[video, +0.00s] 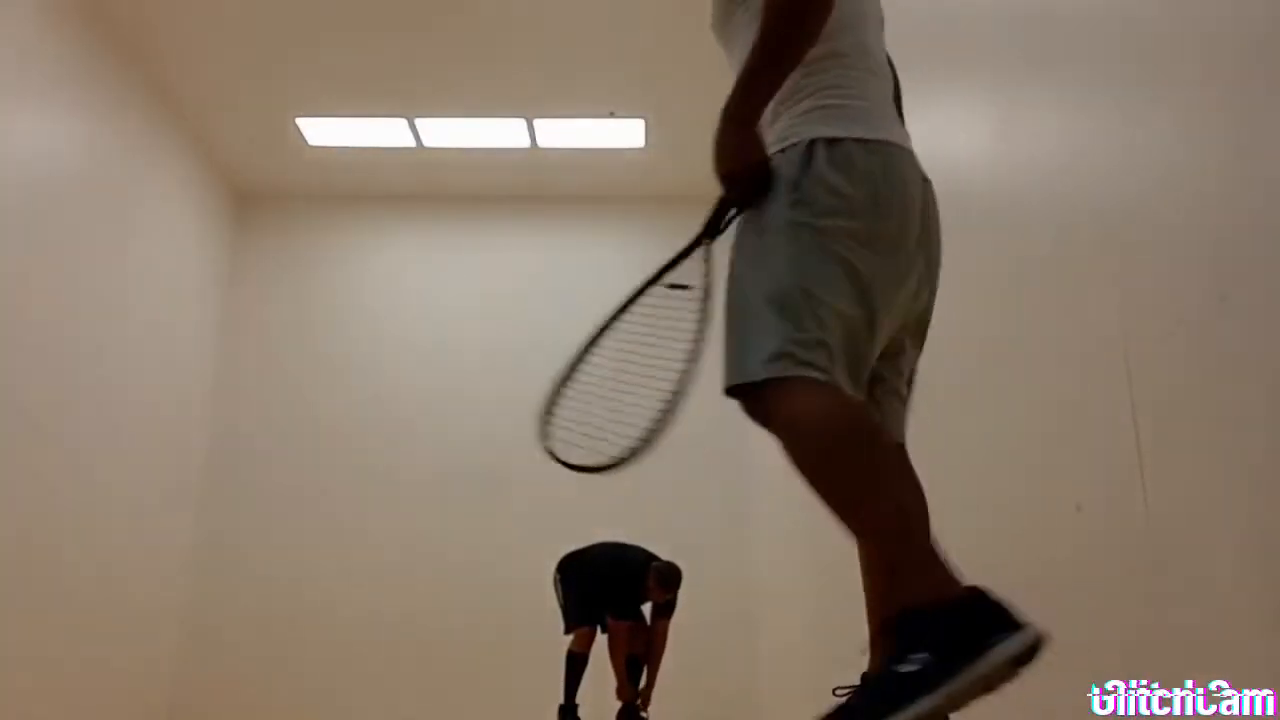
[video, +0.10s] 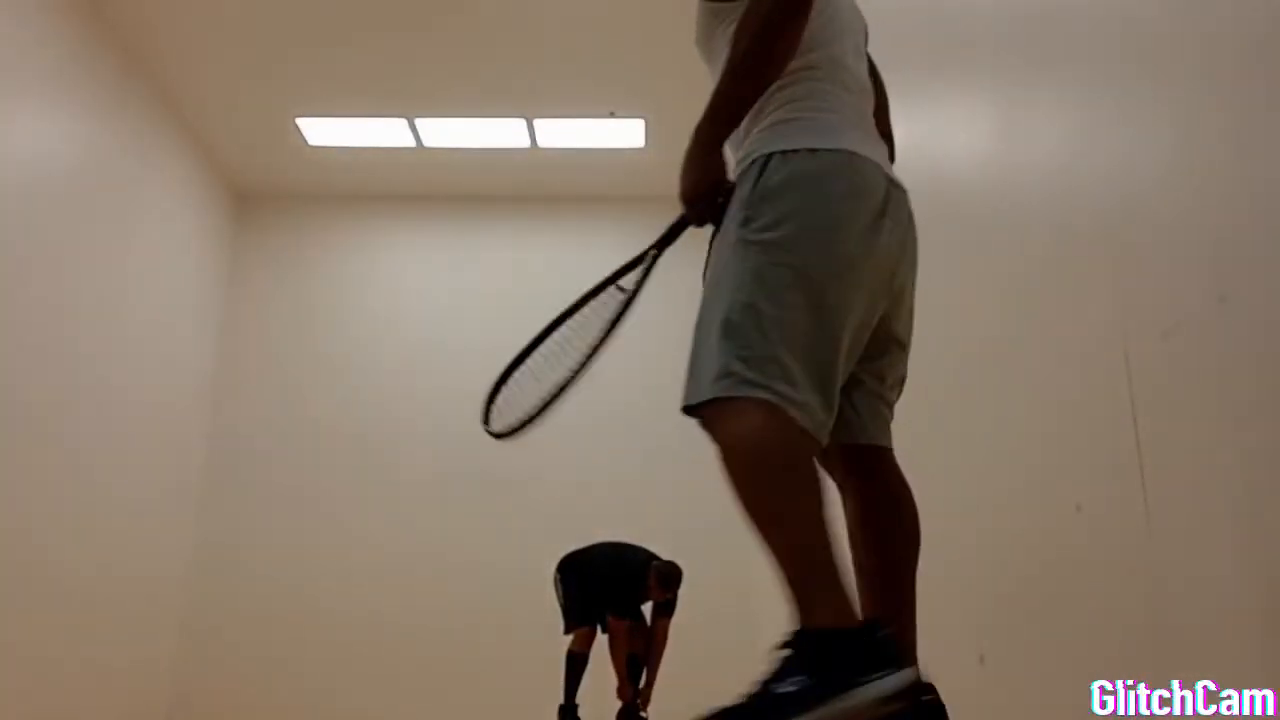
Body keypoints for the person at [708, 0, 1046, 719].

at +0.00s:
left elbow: (809, 2)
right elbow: (876, 75)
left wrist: (737, 120)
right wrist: (771, 156)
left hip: (829, 155)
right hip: (900, 180)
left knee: (782, 379)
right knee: (872, 433)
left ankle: (944, 610)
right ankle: (897, 663)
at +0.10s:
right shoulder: (837, 16)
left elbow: (786, 6)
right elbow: (874, 130)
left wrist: (706, 140)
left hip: (803, 174)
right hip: (878, 197)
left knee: (742, 400)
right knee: (859, 442)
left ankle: (830, 638)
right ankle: (896, 677)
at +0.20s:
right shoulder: (816, 19)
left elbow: (751, 18)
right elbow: (857, 136)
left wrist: (680, 162)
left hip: (774, 192)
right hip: (857, 213)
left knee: (690, 414)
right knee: (842, 447)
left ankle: (713, 660)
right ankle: (892, 682)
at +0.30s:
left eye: (663, 15)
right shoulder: (789, 26)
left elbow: (714, 50)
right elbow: (833, 159)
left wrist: (664, 185)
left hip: (743, 199)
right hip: (830, 220)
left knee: (646, 421)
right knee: (827, 452)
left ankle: (598, 675)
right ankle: (889, 682)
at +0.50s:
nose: (574, 39)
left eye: (577, 24)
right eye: (573, 34)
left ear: (604, 1)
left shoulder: (615, 1)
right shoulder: (713, 43)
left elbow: (615, 106)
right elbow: (756, 172)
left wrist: (585, 236)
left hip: (653, 223)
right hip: (745, 238)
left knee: (573, 453)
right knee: (769, 461)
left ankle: (503, 683)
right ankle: (875, 673)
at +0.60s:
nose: (516, 33)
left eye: (522, 19)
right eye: (517, 25)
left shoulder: (556, 11)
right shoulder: (668, 42)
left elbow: (552, 128)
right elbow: (707, 169)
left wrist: (531, 238)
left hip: (611, 216)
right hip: (697, 233)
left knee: (545, 451)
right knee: (692, 461)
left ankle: (499, 685)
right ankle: (830, 636)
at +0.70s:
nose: (470, 19)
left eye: (474, 11)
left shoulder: (505, 6)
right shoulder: (624, 33)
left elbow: (501, 106)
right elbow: (672, 160)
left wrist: (483, 213)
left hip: (570, 215)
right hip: (657, 231)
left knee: (526, 453)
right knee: (614, 454)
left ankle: (499, 685)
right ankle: (753, 604)